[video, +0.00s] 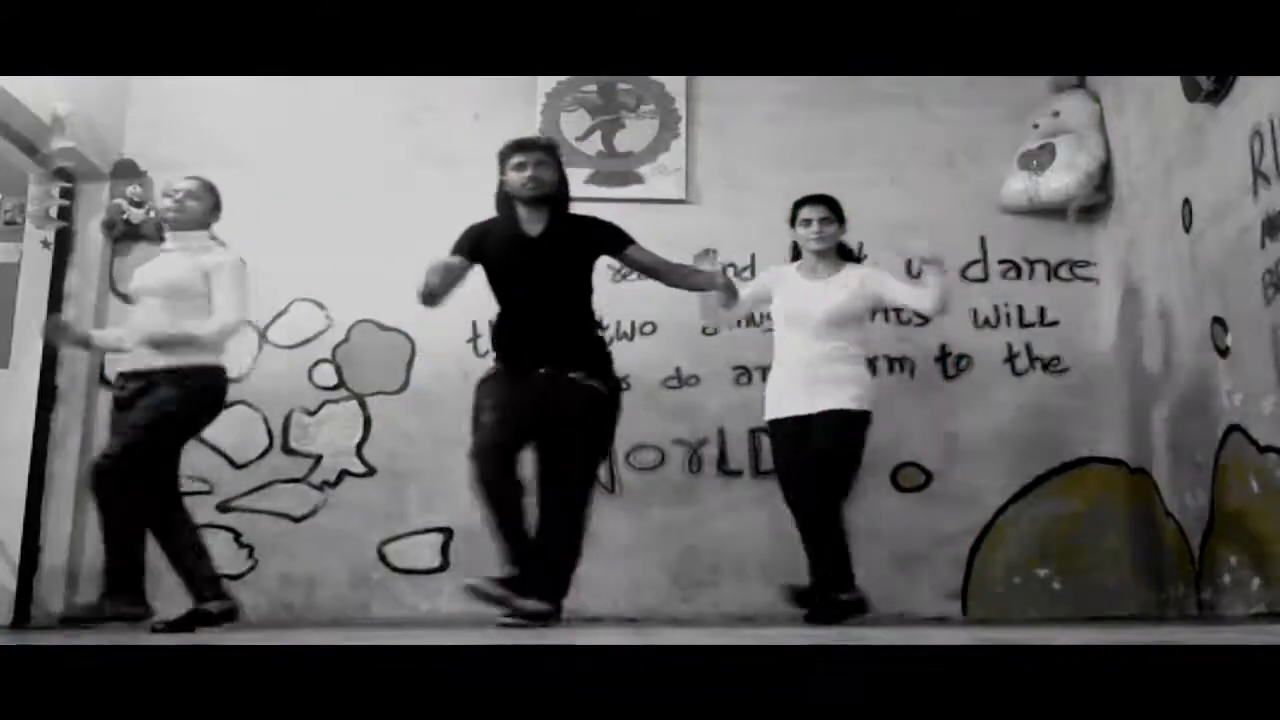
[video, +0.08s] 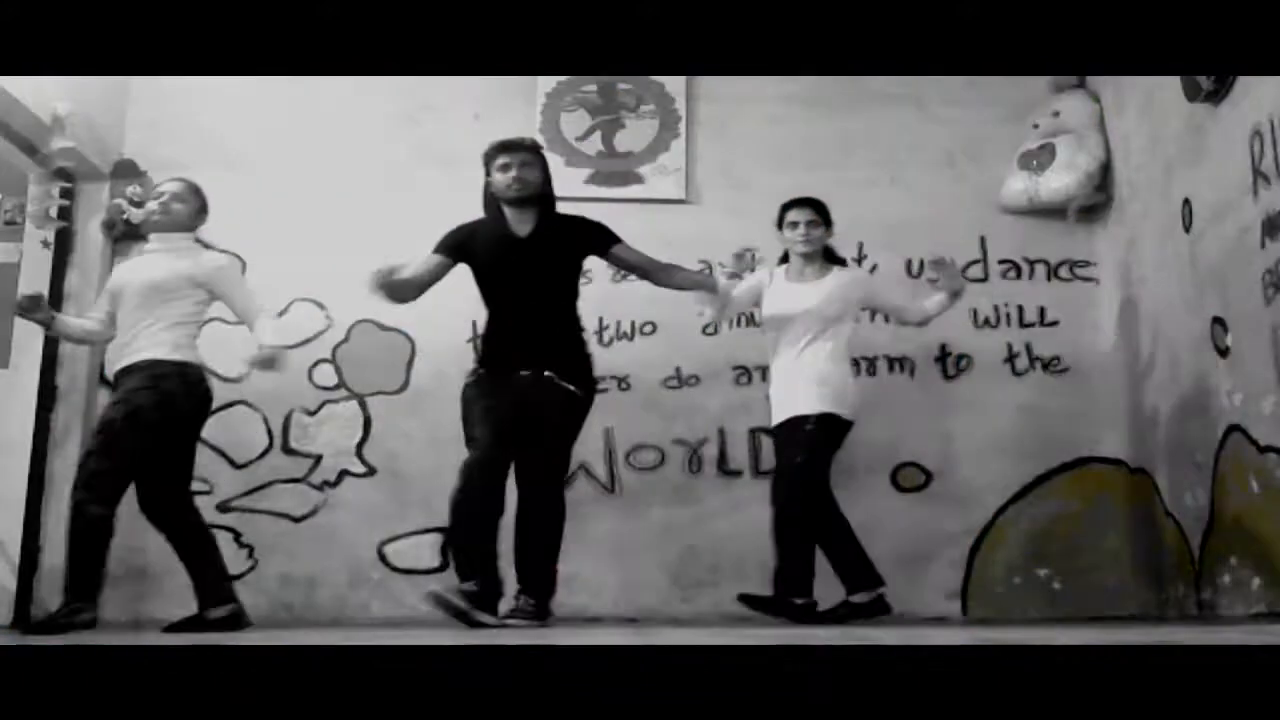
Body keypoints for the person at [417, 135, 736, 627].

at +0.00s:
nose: (530, 173)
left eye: (541, 166)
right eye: (519, 167)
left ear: (559, 177)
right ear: (502, 182)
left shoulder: (587, 231)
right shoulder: (485, 236)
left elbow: (660, 269)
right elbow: (436, 292)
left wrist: (714, 280)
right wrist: (434, 282)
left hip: (581, 374)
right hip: (515, 376)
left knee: (565, 488)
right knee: (489, 455)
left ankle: (545, 597)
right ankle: (523, 569)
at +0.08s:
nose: (516, 174)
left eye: (527, 166)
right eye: (505, 168)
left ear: (546, 178)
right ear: (490, 183)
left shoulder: (575, 231)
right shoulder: (473, 237)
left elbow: (652, 269)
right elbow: (415, 283)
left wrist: (712, 283)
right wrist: (389, 284)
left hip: (561, 373)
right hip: (498, 374)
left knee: (542, 480)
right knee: (485, 462)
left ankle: (533, 595)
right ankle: (478, 587)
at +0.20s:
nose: (504, 170)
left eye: (516, 162)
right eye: (493, 165)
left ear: (537, 175)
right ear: (479, 180)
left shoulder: (565, 229)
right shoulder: (460, 235)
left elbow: (620, 269)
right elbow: (409, 294)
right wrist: (348, 330)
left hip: (547, 382)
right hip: (484, 382)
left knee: (566, 472)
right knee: (517, 467)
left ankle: (485, 577)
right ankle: (499, 588)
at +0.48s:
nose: (479, 199)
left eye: (489, 194)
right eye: (471, 194)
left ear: (506, 206)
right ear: (460, 206)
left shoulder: (518, 244)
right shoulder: (458, 260)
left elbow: (570, 277)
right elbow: (456, 312)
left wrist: (558, 286)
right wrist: (411, 342)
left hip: (528, 371)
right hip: (476, 371)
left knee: (524, 463)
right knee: (450, 444)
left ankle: (535, 557)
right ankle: (456, 543)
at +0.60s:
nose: (461, 208)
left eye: (472, 203)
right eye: (454, 203)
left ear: (489, 214)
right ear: (444, 216)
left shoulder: (504, 252)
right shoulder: (446, 270)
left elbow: (560, 281)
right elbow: (427, 323)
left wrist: (581, 312)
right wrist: (381, 334)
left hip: (511, 371)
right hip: (471, 375)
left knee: (508, 462)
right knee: (432, 460)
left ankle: (556, 554)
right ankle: (444, 558)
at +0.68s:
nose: (447, 218)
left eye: (457, 212)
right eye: (439, 213)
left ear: (474, 220)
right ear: (431, 224)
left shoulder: (491, 257)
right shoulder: (437, 279)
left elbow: (541, 289)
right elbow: (416, 328)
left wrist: (583, 329)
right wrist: (374, 326)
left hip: (495, 374)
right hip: (455, 378)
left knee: (462, 460)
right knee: (427, 463)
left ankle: (533, 540)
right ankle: (444, 561)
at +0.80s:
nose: (436, 217)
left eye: (445, 210)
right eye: (427, 213)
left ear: (464, 217)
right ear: (421, 227)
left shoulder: (483, 252)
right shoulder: (431, 276)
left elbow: (536, 285)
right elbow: (413, 326)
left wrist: (570, 326)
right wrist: (375, 323)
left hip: (484, 366)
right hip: (451, 370)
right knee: (424, 450)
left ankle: (483, 511)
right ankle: (442, 556)